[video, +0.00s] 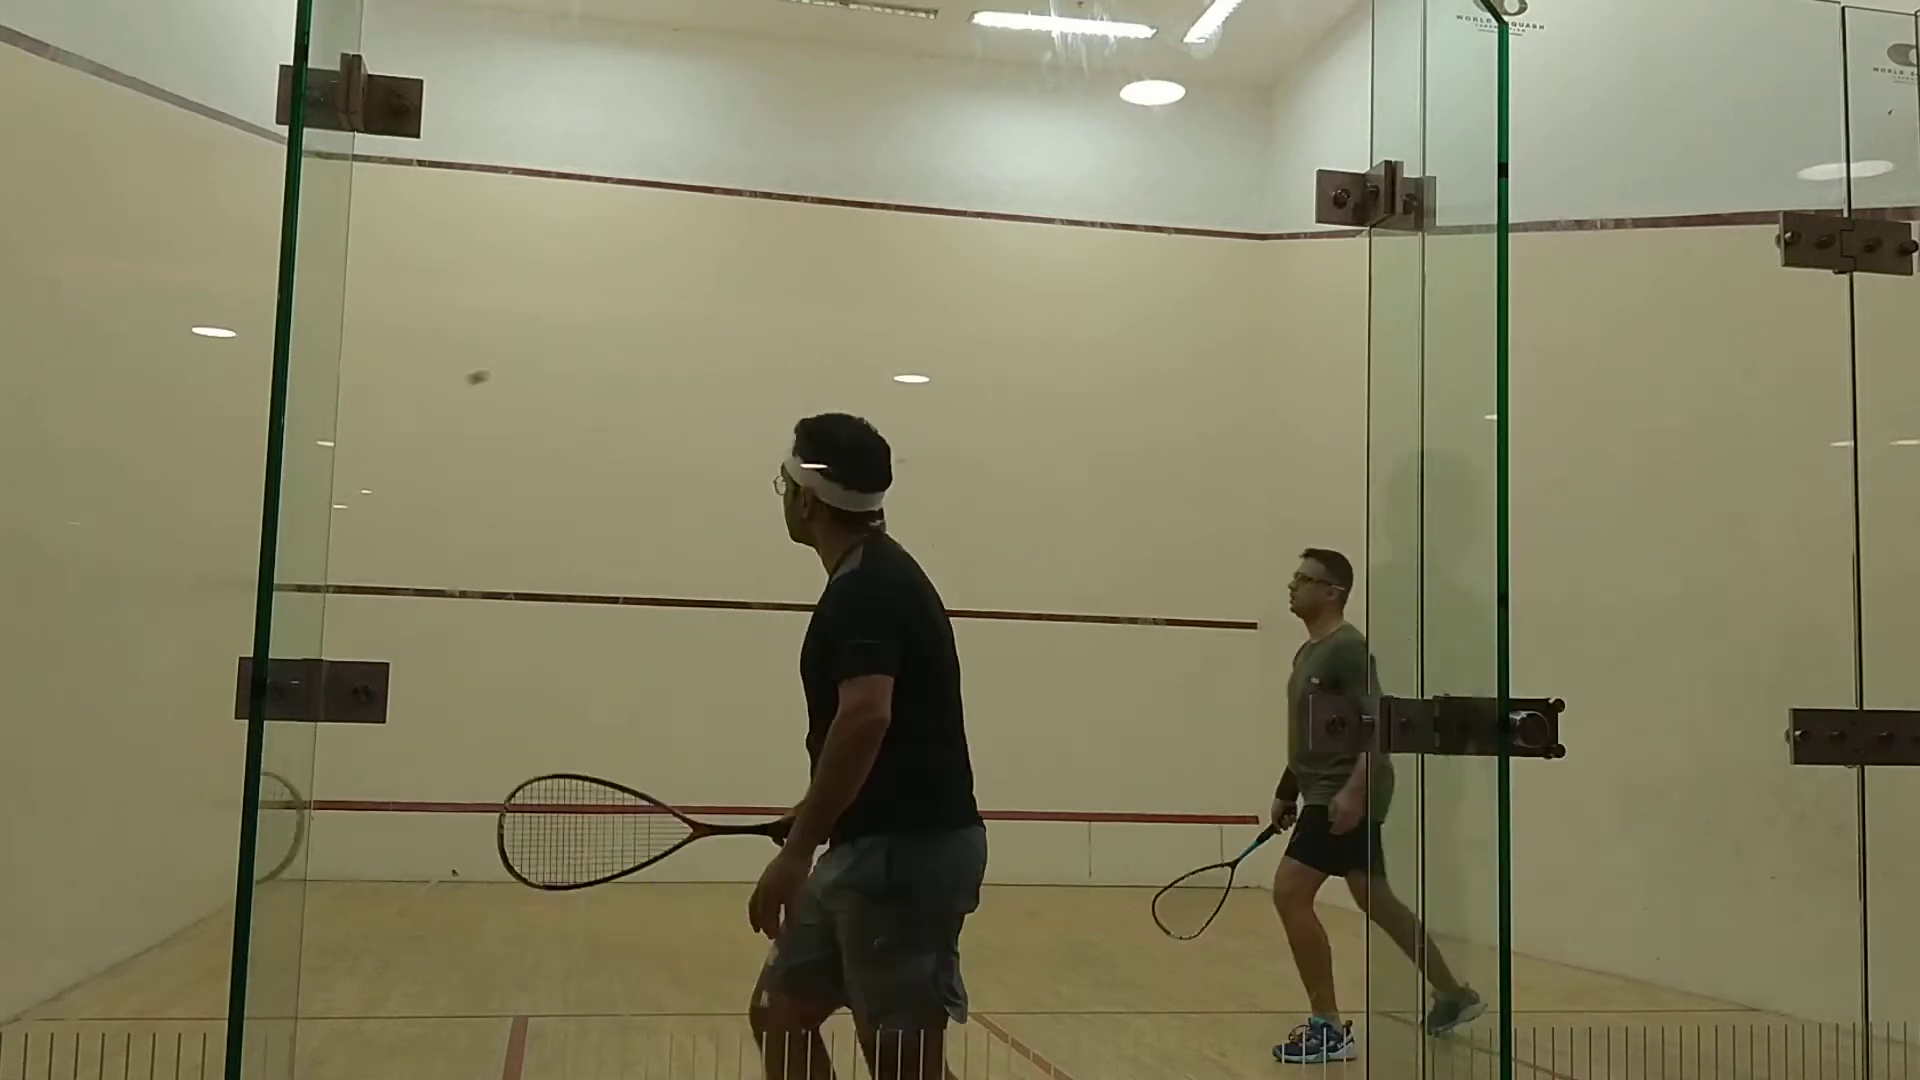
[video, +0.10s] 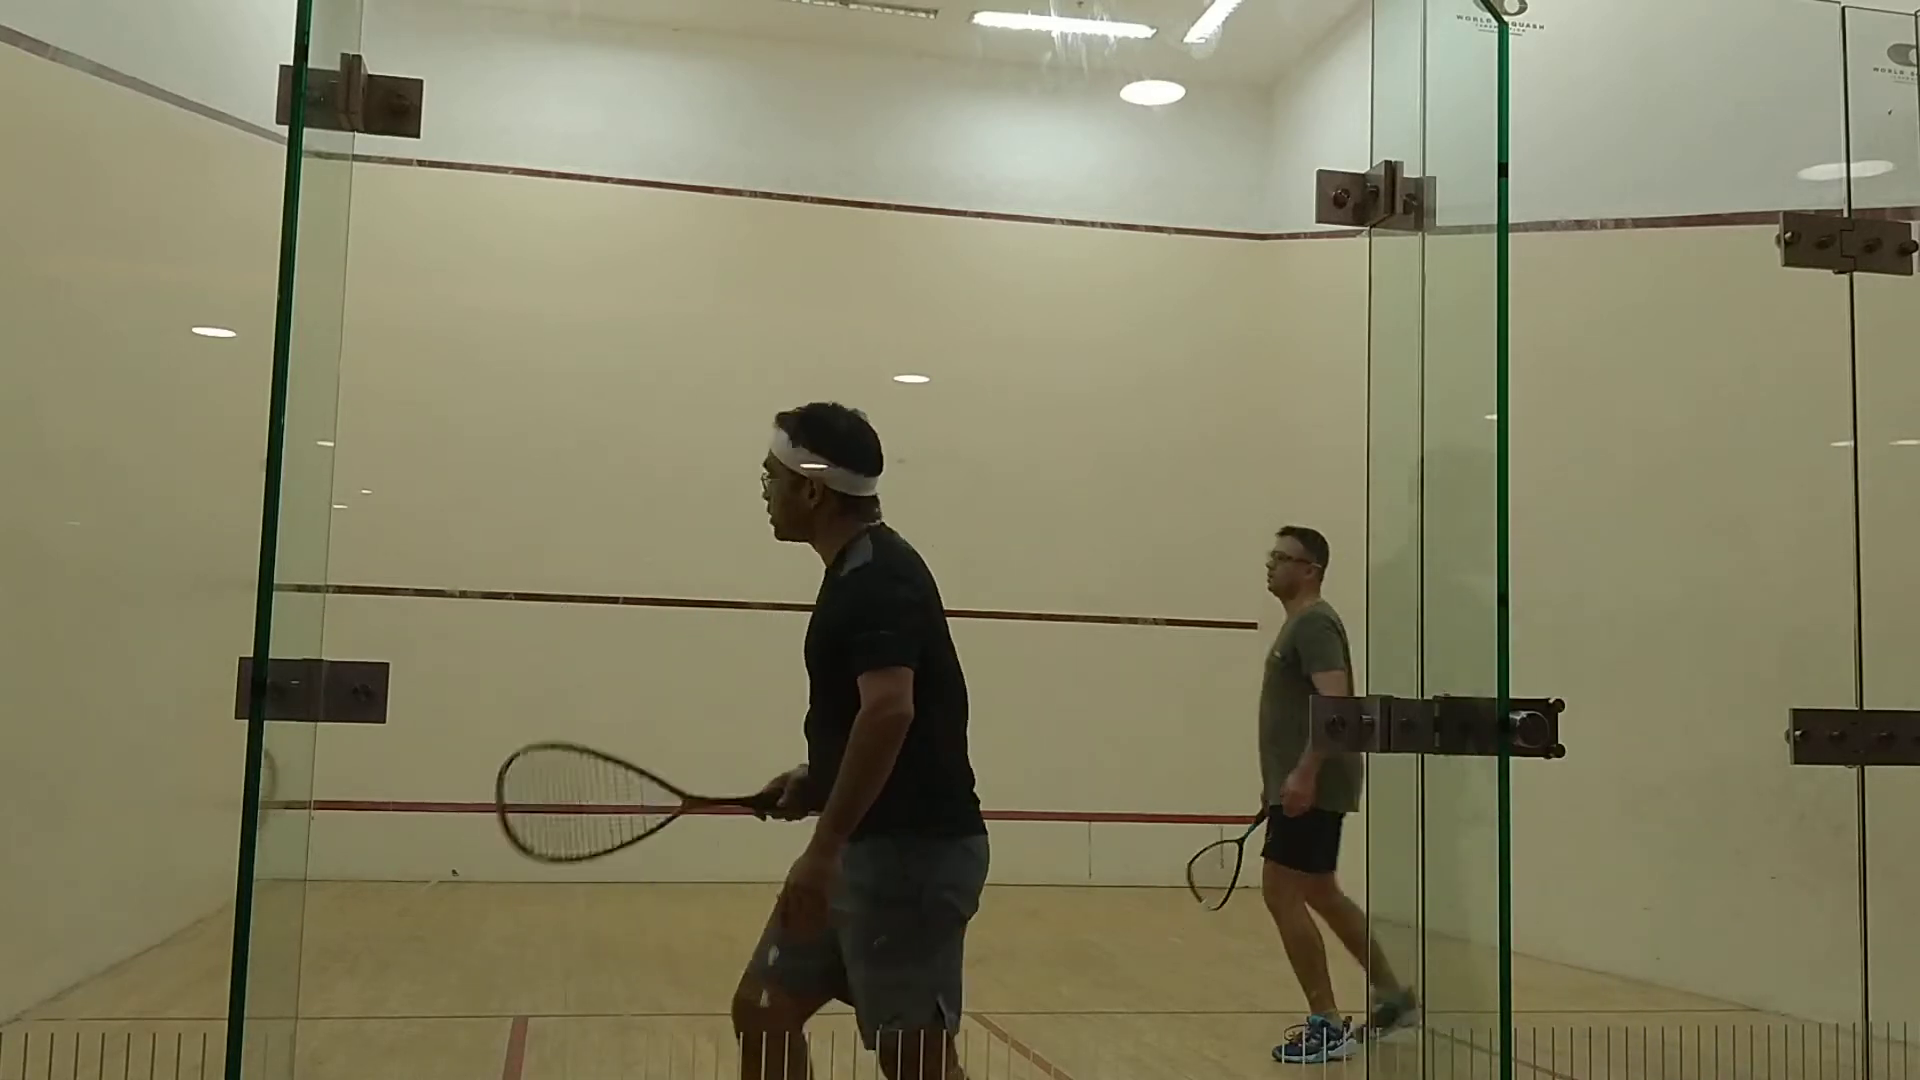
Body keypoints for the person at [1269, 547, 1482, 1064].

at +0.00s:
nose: (1291, 586)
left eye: (1302, 580)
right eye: (1294, 579)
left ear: (1332, 593)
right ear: (1318, 592)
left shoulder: (1348, 648)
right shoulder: (1310, 650)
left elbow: (1376, 727)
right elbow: (1308, 735)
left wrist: (1355, 790)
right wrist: (1286, 793)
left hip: (1341, 797)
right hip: (1337, 794)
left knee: (1290, 895)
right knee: (1378, 900)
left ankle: (1328, 1026)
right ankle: (1453, 992)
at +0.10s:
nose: (1268, 566)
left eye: (1279, 559)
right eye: (1270, 558)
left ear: (1308, 569)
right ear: (1299, 570)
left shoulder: (1315, 624)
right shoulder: (1303, 622)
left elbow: (1335, 707)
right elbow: (1307, 711)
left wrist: (1305, 773)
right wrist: (1281, 783)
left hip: (1308, 787)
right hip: (1314, 787)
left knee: (1280, 893)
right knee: (1320, 891)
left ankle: (1326, 1022)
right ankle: (1390, 993)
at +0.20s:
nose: (1247, 550)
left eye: (1258, 542)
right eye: (1248, 541)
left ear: (1288, 550)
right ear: (1283, 552)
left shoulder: (1282, 604)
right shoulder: (1301, 603)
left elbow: (1293, 680)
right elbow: (1307, 686)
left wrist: (1260, 750)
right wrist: (1267, 751)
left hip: (1283, 773)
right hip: (1299, 772)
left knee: (1246, 876)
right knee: (1267, 878)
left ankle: (1309, 998)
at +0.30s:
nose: (1224, 553)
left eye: (1236, 547)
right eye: (1224, 545)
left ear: (1266, 556)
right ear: (1259, 559)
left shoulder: (1257, 609)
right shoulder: (1281, 609)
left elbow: (1253, 686)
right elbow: (1278, 694)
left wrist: (1210, 753)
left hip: (1250, 775)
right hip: (1277, 778)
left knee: (1198, 878)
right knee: (1229, 887)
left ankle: (1241, 1015)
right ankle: (1251, 1018)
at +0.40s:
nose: (1201, 576)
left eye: (1212, 568)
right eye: (1199, 568)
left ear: (1242, 575)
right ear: (1224, 577)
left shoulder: (1234, 629)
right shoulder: (1255, 629)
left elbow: (1220, 710)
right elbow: (1251, 723)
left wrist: (1160, 770)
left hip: (1220, 793)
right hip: (1249, 796)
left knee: (1165, 894)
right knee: (1193, 904)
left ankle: (1165, 1043)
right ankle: (1246, 1026)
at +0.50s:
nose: (1176, 576)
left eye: (1188, 568)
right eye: (1174, 568)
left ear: (1218, 574)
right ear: (1201, 577)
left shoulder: (1210, 628)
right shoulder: (1238, 628)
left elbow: (1199, 709)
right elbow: (1231, 716)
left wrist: (1146, 774)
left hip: (1201, 791)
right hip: (1234, 794)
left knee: (1147, 896)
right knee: (1180, 903)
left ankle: (1162, 1041)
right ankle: (1241, 1023)